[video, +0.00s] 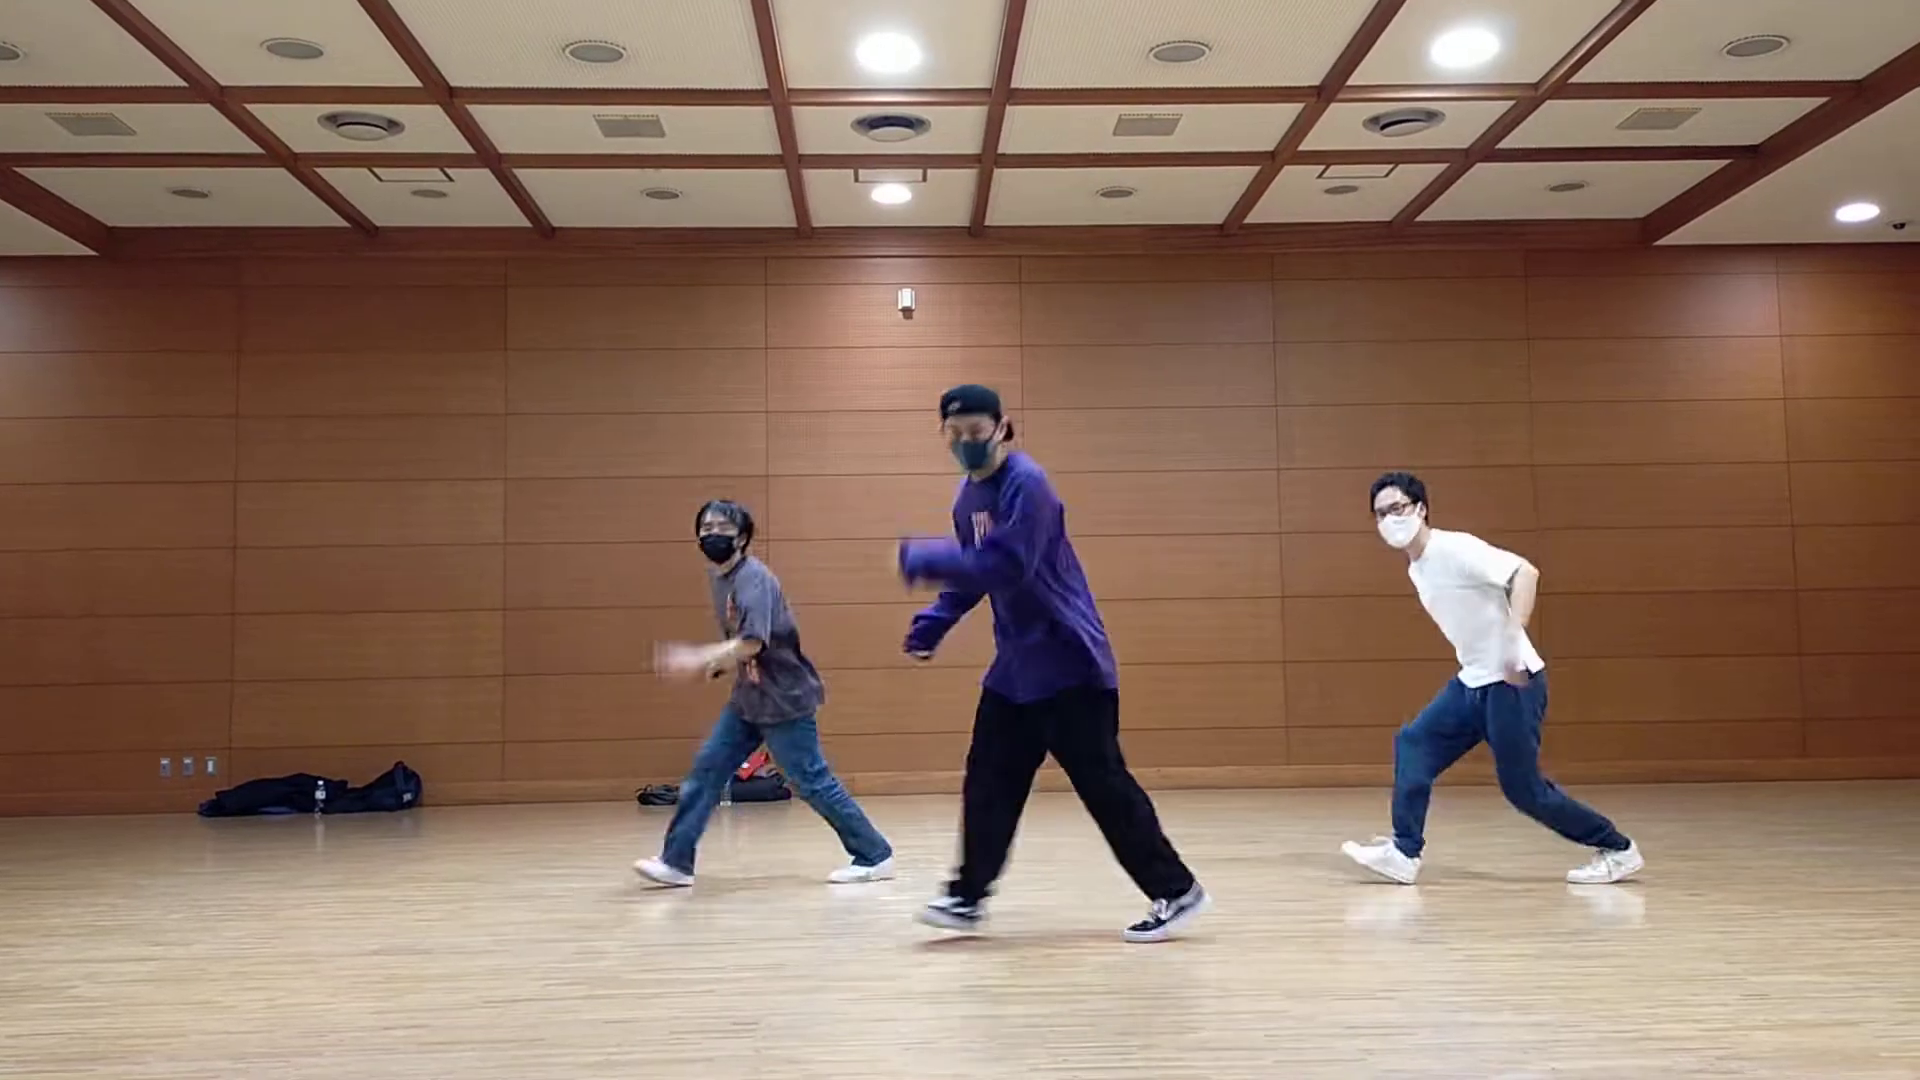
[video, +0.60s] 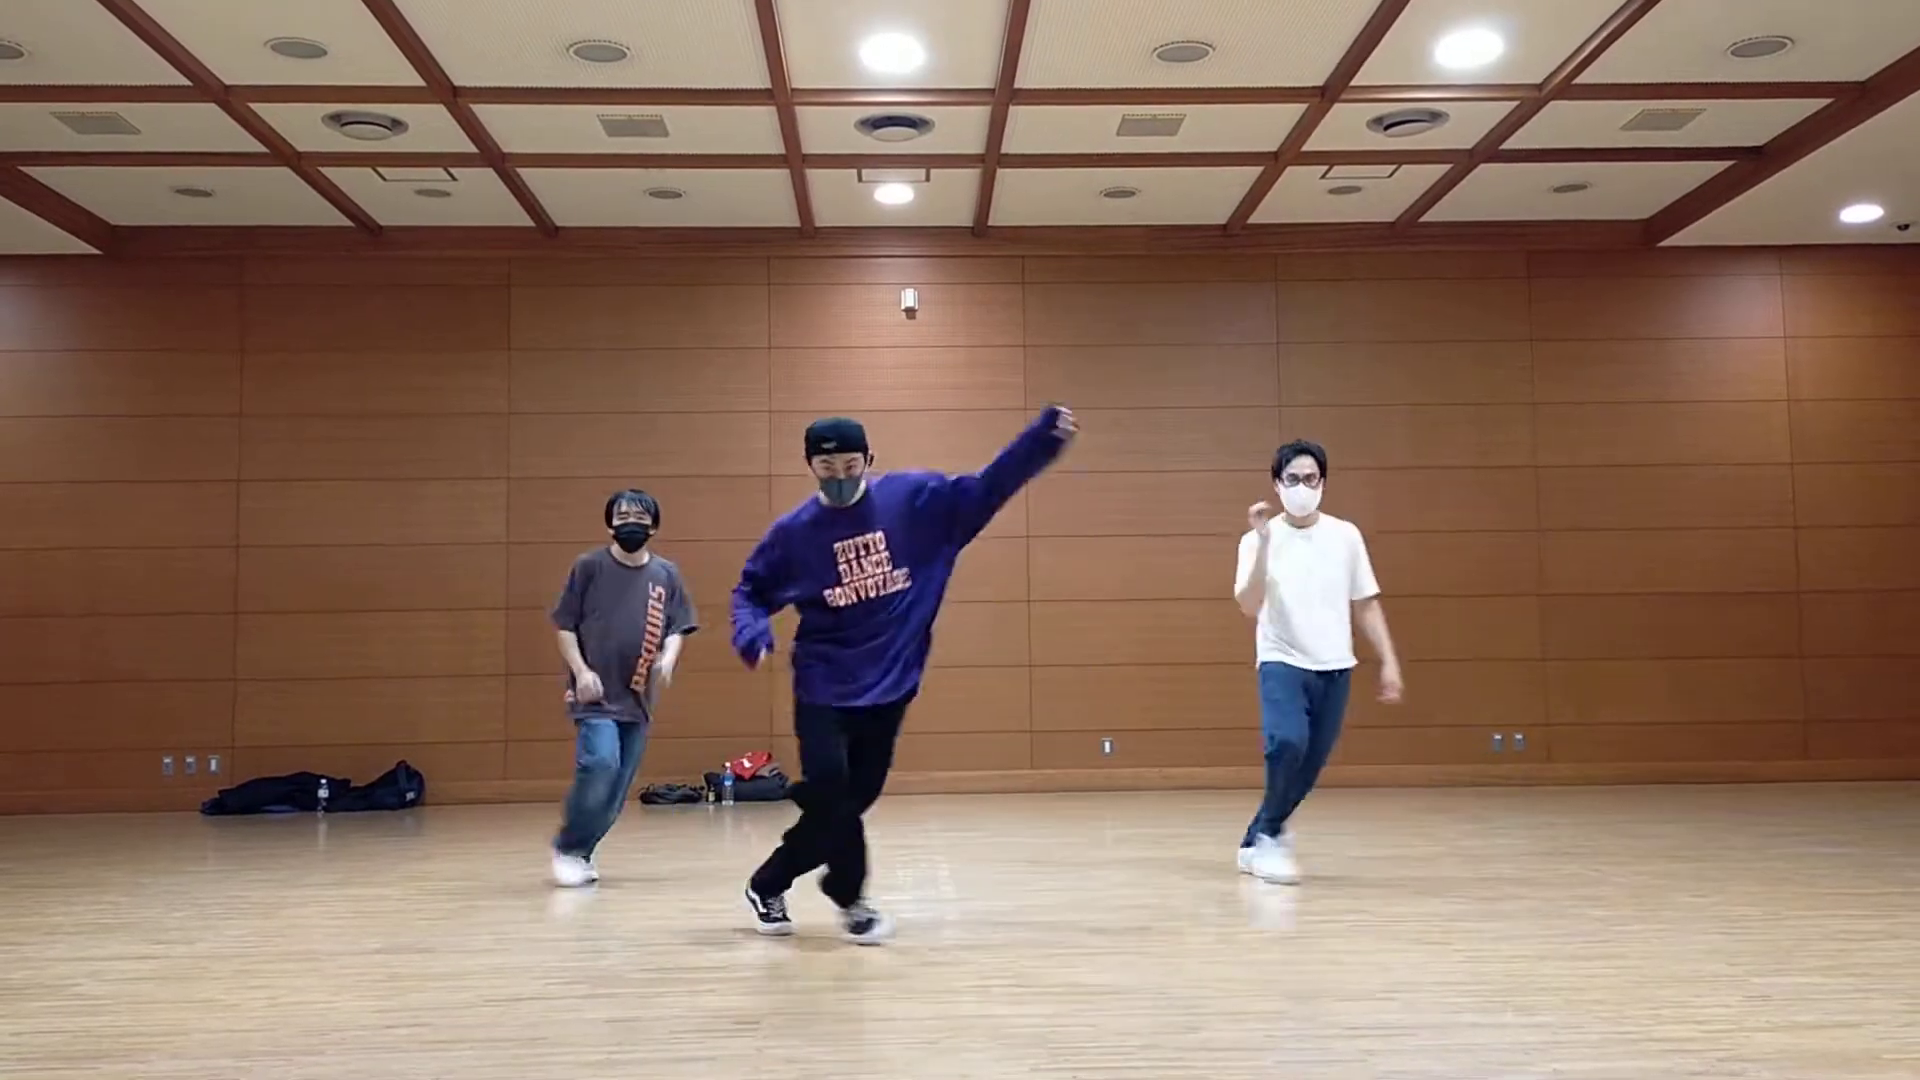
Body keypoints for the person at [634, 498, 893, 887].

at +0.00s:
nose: (713, 533)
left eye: (723, 526)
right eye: (707, 527)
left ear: (742, 534)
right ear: (698, 536)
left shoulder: (754, 578)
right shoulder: (721, 579)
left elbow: (754, 642)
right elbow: (738, 634)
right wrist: (724, 660)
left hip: (784, 695)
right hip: (750, 693)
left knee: (812, 781)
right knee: (708, 770)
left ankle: (875, 855)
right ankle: (676, 863)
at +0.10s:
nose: (696, 538)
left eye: (706, 532)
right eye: (689, 533)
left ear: (724, 542)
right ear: (680, 542)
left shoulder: (740, 588)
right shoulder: (695, 581)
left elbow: (742, 653)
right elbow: (701, 624)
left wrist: (697, 685)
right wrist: (673, 657)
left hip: (763, 705)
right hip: (722, 701)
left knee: (798, 778)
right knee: (681, 763)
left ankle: (867, 854)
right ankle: (673, 867)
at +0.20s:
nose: (681, 524)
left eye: (690, 517)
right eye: (674, 517)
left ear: (708, 523)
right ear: (665, 524)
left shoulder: (728, 568)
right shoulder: (659, 561)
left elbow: (735, 628)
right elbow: (645, 606)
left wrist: (686, 632)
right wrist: (620, 629)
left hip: (735, 696)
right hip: (687, 694)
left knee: (758, 770)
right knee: (660, 763)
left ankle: (827, 835)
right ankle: (673, 866)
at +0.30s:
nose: (667, 506)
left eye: (676, 500)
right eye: (661, 500)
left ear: (693, 507)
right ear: (652, 506)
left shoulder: (715, 551)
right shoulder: (637, 547)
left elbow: (729, 606)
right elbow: (615, 589)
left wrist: (692, 586)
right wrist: (600, 605)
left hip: (704, 685)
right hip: (655, 685)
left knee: (710, 766)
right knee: (654, 771)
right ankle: (671, 864)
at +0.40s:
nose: (655, 501)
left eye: (664, 495)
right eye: (648, 495)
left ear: (680, 503)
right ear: (638, 502)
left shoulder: (700, 546)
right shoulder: (619, 543)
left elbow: (716, 599)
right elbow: (595, 588)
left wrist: (686, 575)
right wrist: (592, 605)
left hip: (682, 682)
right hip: (630, 681)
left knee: (670, 774)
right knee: (640, 769)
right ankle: (665, 861)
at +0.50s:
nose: (641, 508)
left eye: (650, 502)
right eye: (634, 502)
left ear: (665, 511)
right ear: (623, 510)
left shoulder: (686, 559)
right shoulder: (601, 554)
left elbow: (703, 611)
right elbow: (576, 603)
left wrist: (675, 603)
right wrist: (584, 628)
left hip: (657, 687)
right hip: (609, 684)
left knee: (631, 776)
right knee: (620, 764)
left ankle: (578, 846)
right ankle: (635, 855)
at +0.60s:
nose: (632, 523)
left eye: (640, 517)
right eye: (624, 517)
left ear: (653, 525)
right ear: (611, 524)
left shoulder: (666, 574)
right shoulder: (588, 567)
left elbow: (677, 626)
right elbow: (564, 625)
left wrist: (667, 662)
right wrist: (582, 672)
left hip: (637, 700)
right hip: (595, 695)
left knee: (619, 784)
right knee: (602, 764)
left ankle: (583, 852)